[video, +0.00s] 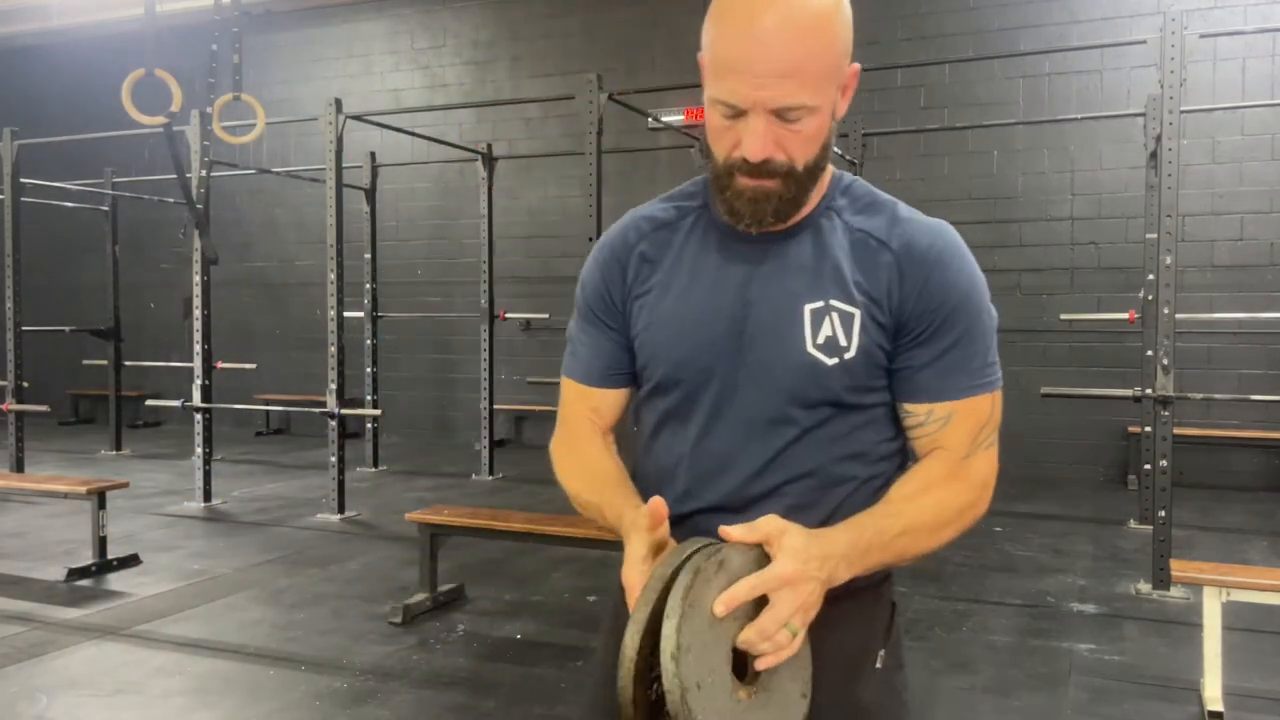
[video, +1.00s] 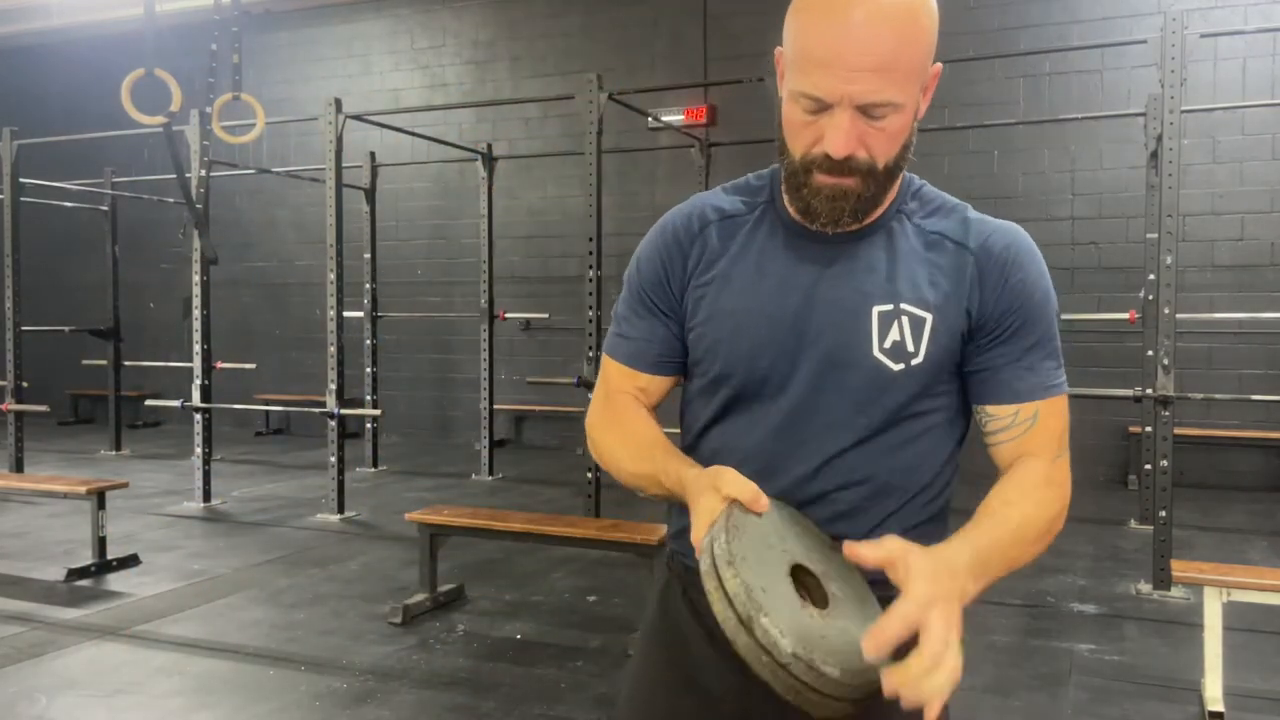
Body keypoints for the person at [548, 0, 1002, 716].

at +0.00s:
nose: (755, 147)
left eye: (790, 116)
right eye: (730, 111)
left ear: (844, 93)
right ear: (702, 79)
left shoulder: (919, 260)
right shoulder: (631, 254)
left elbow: (962, 473)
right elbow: (578, 434)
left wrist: (829, 555)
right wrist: (629, 519)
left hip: (838, 629)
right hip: (660, 618)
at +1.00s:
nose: (839, 144)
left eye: (874, 111)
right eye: (813, 106)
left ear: (926, 92)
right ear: (778, 74)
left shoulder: (991, 263)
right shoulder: (689, 242)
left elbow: (1040, 476)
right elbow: (612, 415)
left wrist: (953, 571)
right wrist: (686, 477)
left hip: (884, 634)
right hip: (702, 615)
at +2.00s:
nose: (827, 141)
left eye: (857, 105)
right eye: (798, 106)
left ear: (904, 90)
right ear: (758, 84)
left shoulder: (976, 276)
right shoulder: (677, 232)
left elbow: (999, 486)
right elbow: (595, 421)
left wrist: (943, 656)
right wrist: (741, 481)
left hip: (863, 661)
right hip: (682, 637)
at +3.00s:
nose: (867, 143)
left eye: (901, 111)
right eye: (840, 105)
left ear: (941, 99)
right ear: (795, 79)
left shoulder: (989, 283)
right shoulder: (700, 217)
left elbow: (995, 491)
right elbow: (587, 390)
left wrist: (938, 659)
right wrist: (742, 479)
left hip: (871, 648)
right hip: (693, 627)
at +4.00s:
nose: (774, 158)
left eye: (806, 131)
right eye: (753, 117)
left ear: (831, 127)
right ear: (701, 84)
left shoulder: (846, 270)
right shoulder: (589, 242)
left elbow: (869, 437)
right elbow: (462, 428)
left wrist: (933, 607)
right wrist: (505, 623)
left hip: (788, 627)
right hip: (620, 626)